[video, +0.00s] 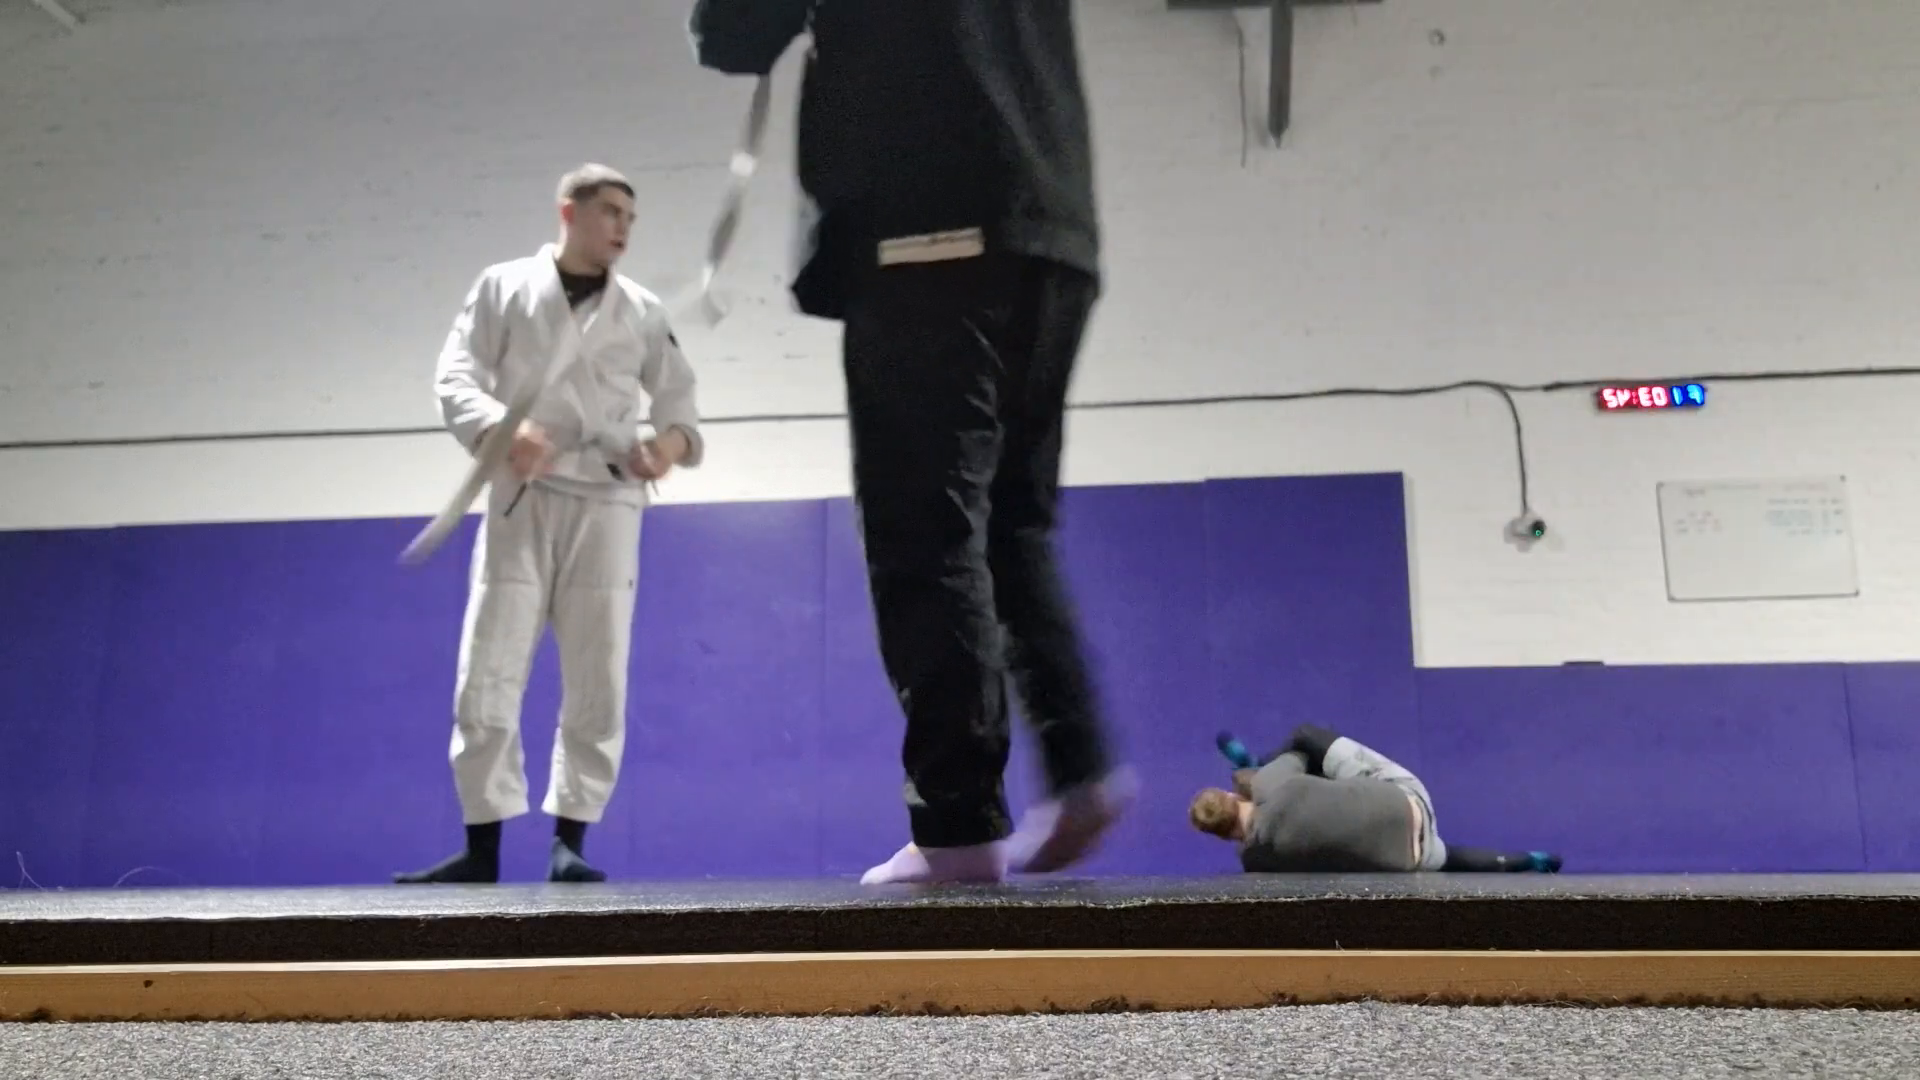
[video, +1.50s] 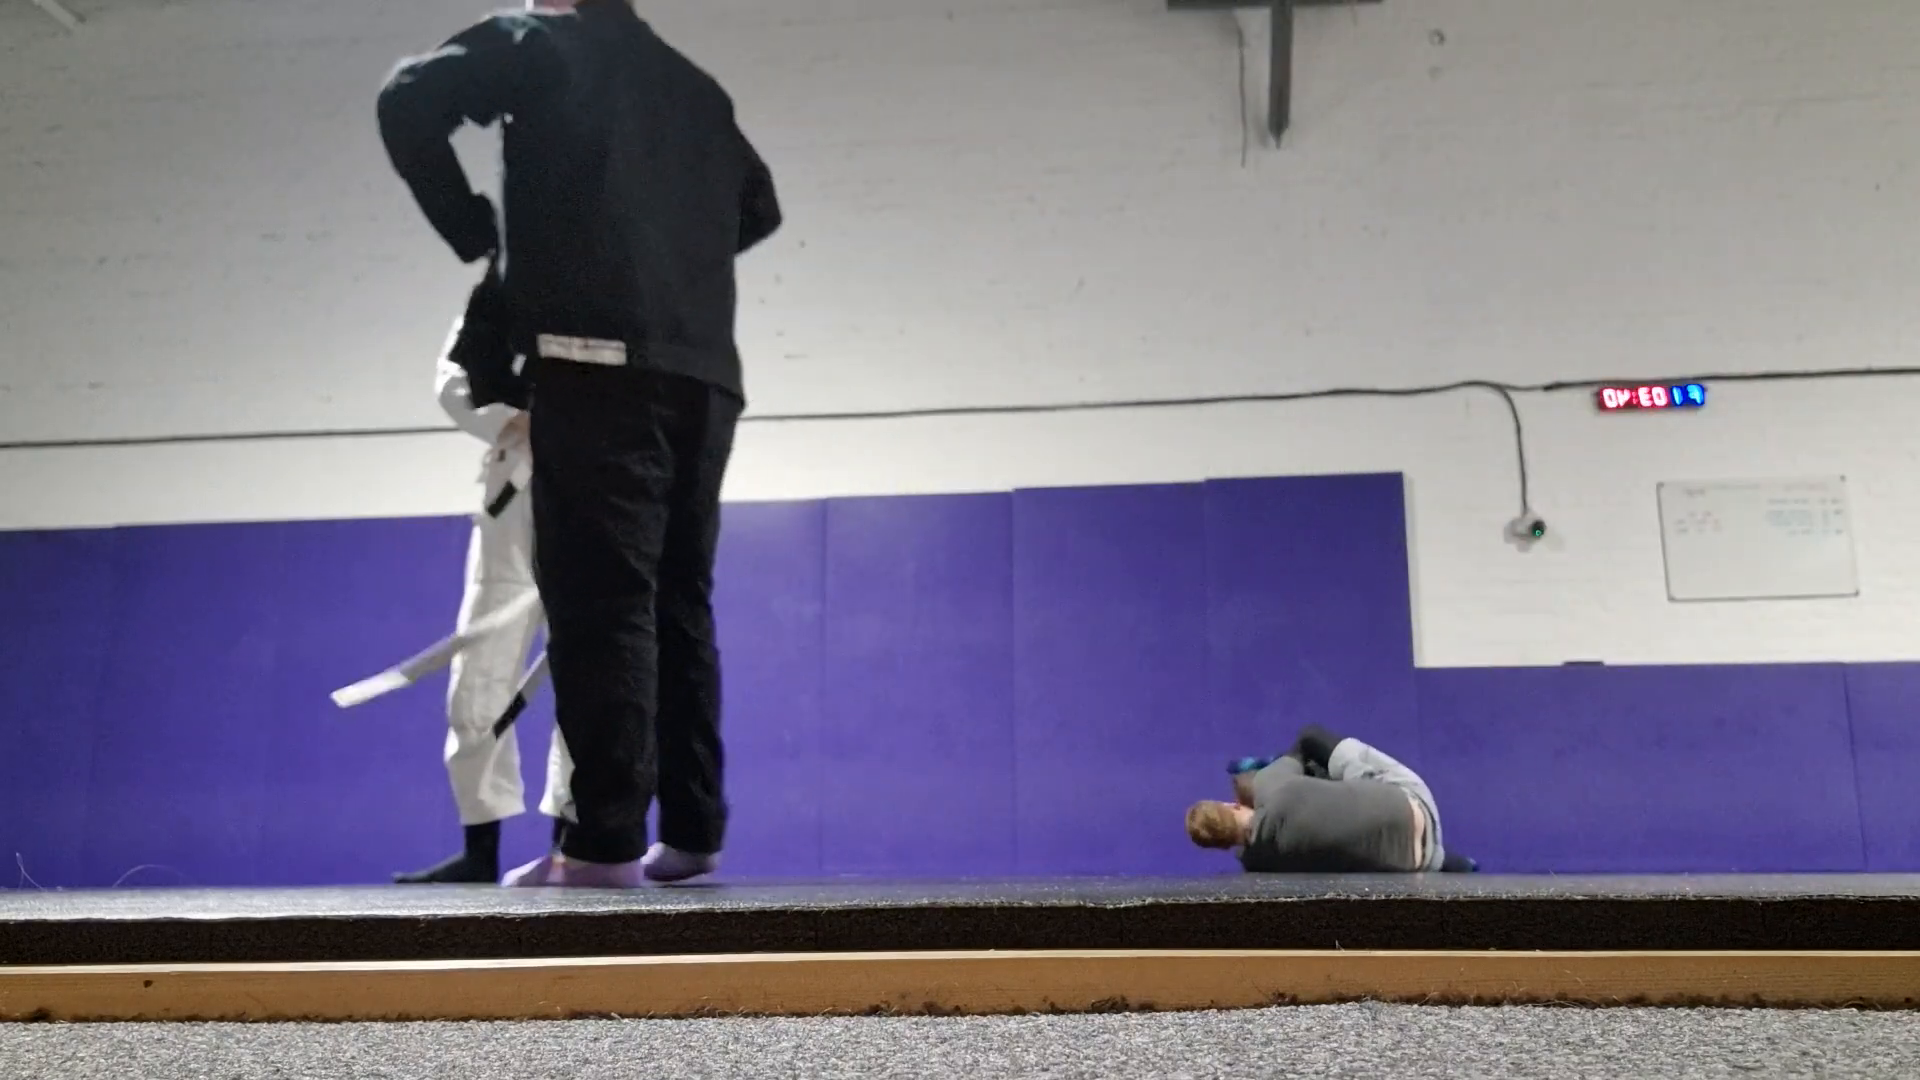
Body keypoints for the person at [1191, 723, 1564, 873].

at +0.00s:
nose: (1227, 795)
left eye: (1215, 817)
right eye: (1225, 793)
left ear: (1222, 836)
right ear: (1233, 791)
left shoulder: (1258, 859)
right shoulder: (1271, 782)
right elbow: (1300, 756)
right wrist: (1257, 775)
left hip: (1413, 856)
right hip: (1409, 802)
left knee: (1447, 855)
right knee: (1310, 738)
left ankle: (1523, 862)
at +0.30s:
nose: (1236, 786)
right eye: (1230, 788)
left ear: (1221, 837)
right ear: (1232, 792)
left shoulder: (1257, 862)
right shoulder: (1269, 782)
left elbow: (1314, 863)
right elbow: (1305, 753)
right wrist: (1272, 769)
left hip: (1415, 861)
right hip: (1409, 805)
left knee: (1445, 856)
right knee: (1313, 733)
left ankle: (1521, 861)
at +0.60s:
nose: (1229, 795)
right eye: (1227, 793)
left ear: (1222, 838)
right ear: (1233, 793)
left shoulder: (1258, 863)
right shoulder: (1268, 785)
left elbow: (1316, 865)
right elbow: (1294, 757)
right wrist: (1258, 768)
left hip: (1414, 859)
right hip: (1405, 801)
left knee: (1447, 857)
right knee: (1306, 738)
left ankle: (1519, 862)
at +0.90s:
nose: (1227, 797)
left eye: (1213, 817)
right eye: (1224, 793)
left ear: (1219, 836)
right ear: (1230, 790)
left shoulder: (1253, 857)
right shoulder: (1265, 777)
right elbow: (1301, 746)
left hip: (1414, 859)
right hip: (1408, 801)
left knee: (1445, 858)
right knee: (1310, 738)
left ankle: (1518, 861)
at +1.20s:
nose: (1224, 792)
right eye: (1221, 794)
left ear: (1218, 840)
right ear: (1228, 796)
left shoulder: (1255, 862)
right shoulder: (1265, 781)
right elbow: (1292, 759)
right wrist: (1249, 781)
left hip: (1418, 861)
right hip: (1413, 807)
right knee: (1309, 737)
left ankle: (1471, 860)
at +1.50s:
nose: (1235, 791)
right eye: (1232, 794)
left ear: (1219, 850)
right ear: (1234, 803)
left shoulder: (1257, 864)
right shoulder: (1273, 786)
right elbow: (1306, 744)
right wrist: (1265, 774)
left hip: (1418, 863)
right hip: (1414, 811)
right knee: (1329, 748)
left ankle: (1455, 864)